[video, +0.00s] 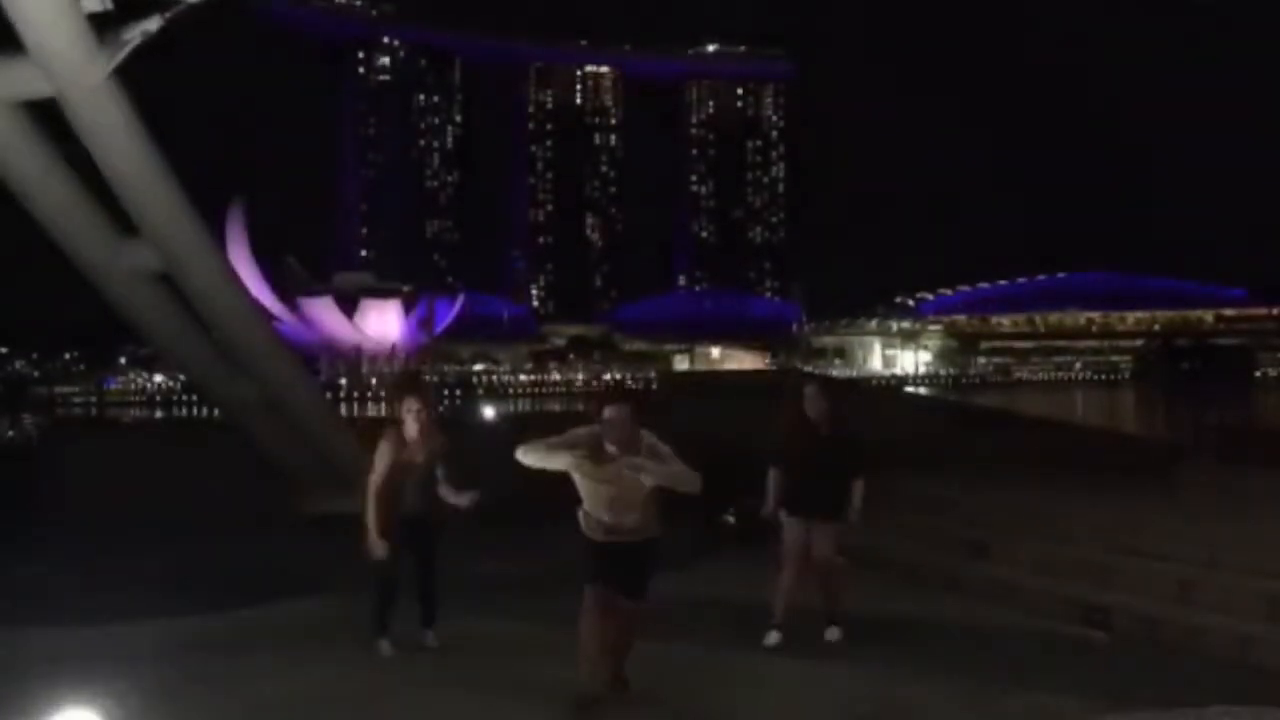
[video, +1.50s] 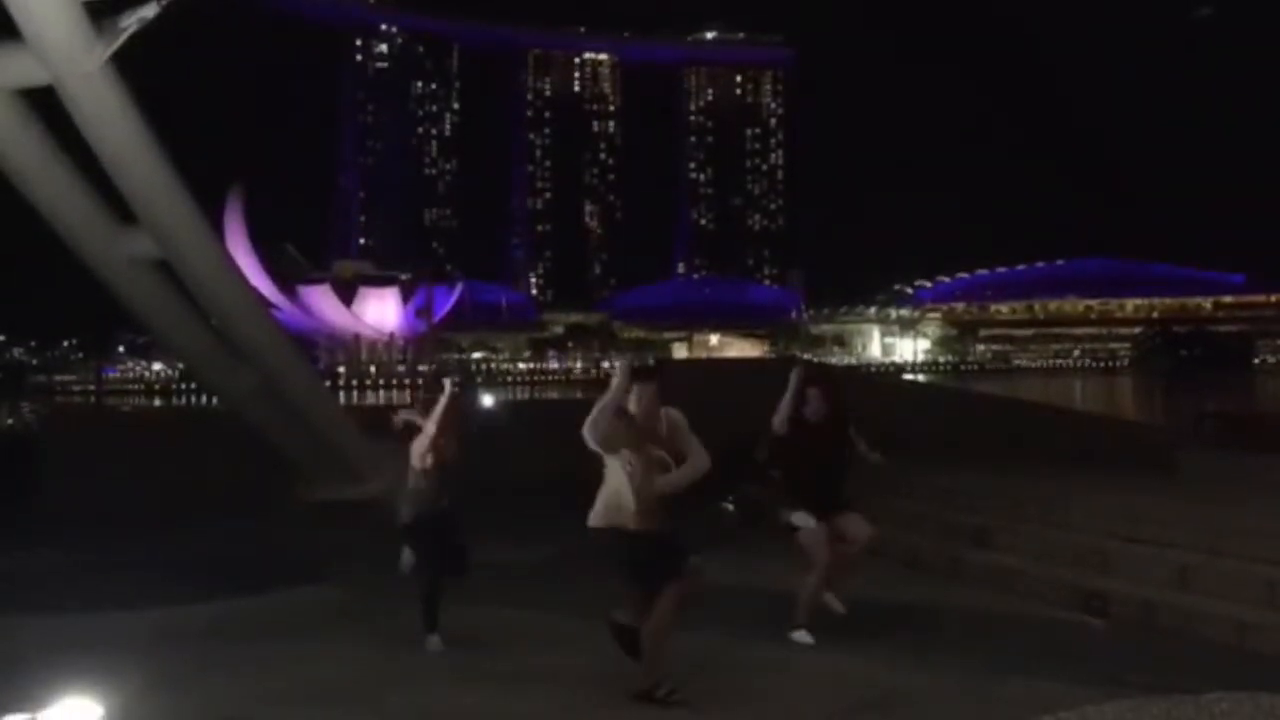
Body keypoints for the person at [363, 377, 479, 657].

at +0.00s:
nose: (417, 416)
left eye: (421, 410)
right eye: (410, 410)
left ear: (428, 413)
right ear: (400, 414)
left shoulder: (434, 443)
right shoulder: (392, 443)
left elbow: (441, 485)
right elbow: (374, 486)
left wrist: (459, 498)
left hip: (425, 520)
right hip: (394, 520)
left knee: (427, 575)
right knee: (389, 578)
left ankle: (428, 629)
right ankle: (382, 634)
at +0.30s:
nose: (383, 404)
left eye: (388, 398)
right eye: (383, 398)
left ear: (404, 400)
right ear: (395, 401)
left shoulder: (427, 419)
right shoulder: (387, 424)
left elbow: (470, 423)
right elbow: (372, 445)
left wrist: (445, 450)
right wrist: (369, 479)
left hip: (425, 495)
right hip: (396, 495)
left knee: (411, 553)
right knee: (396, 554)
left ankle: (422, 611)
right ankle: (412, 609)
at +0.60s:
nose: (368, 430)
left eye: (371, 424)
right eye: (367, 425)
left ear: (388, 422)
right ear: (385, 424)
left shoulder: (410, 437)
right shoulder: (391, 448)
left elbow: (454, 435)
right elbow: (392, 482)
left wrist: (486, 459)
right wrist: (383, 492)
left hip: (431, 507)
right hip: (411, 508)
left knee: (392, 549)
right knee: (414, 559)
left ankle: (371, 603)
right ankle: (433, 613)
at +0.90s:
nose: (392, 392)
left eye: (397, 386)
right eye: (388, 387)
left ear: (408, 388)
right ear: (383, 391)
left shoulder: (427, 413)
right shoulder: (381, 420)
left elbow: (456, 440)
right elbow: (378, 454)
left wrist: (452, 479)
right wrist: (384, 484)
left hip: (428, 495)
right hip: (399, 495)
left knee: (417, 551)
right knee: (397, 553)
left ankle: (419, 604)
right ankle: (397, 611)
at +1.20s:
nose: (422, 392)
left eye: (425, 385)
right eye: (416, 386)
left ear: (433, 389)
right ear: (407, 390)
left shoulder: (443, 418)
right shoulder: (399, 422)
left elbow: (470, 437)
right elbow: (367, 440)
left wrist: (458, 415)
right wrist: (383, 469)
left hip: (429, 488)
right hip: (402, 487)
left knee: (422, 543)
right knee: (400, 540)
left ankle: (404, 588)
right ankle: (393, 584)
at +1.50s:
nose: (434, 445)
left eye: (436, 438)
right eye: (428, 439)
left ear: (439, 442)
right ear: (417, 441)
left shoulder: (437, 456)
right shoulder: (418, 456)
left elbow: (436, 432)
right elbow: (431, 430)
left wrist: (413, 417)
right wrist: (446, 395)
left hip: (441, 515)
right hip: (420, 519)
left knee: (452, 565)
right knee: (431, 574)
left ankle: (416, 555)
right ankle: (431, 631)